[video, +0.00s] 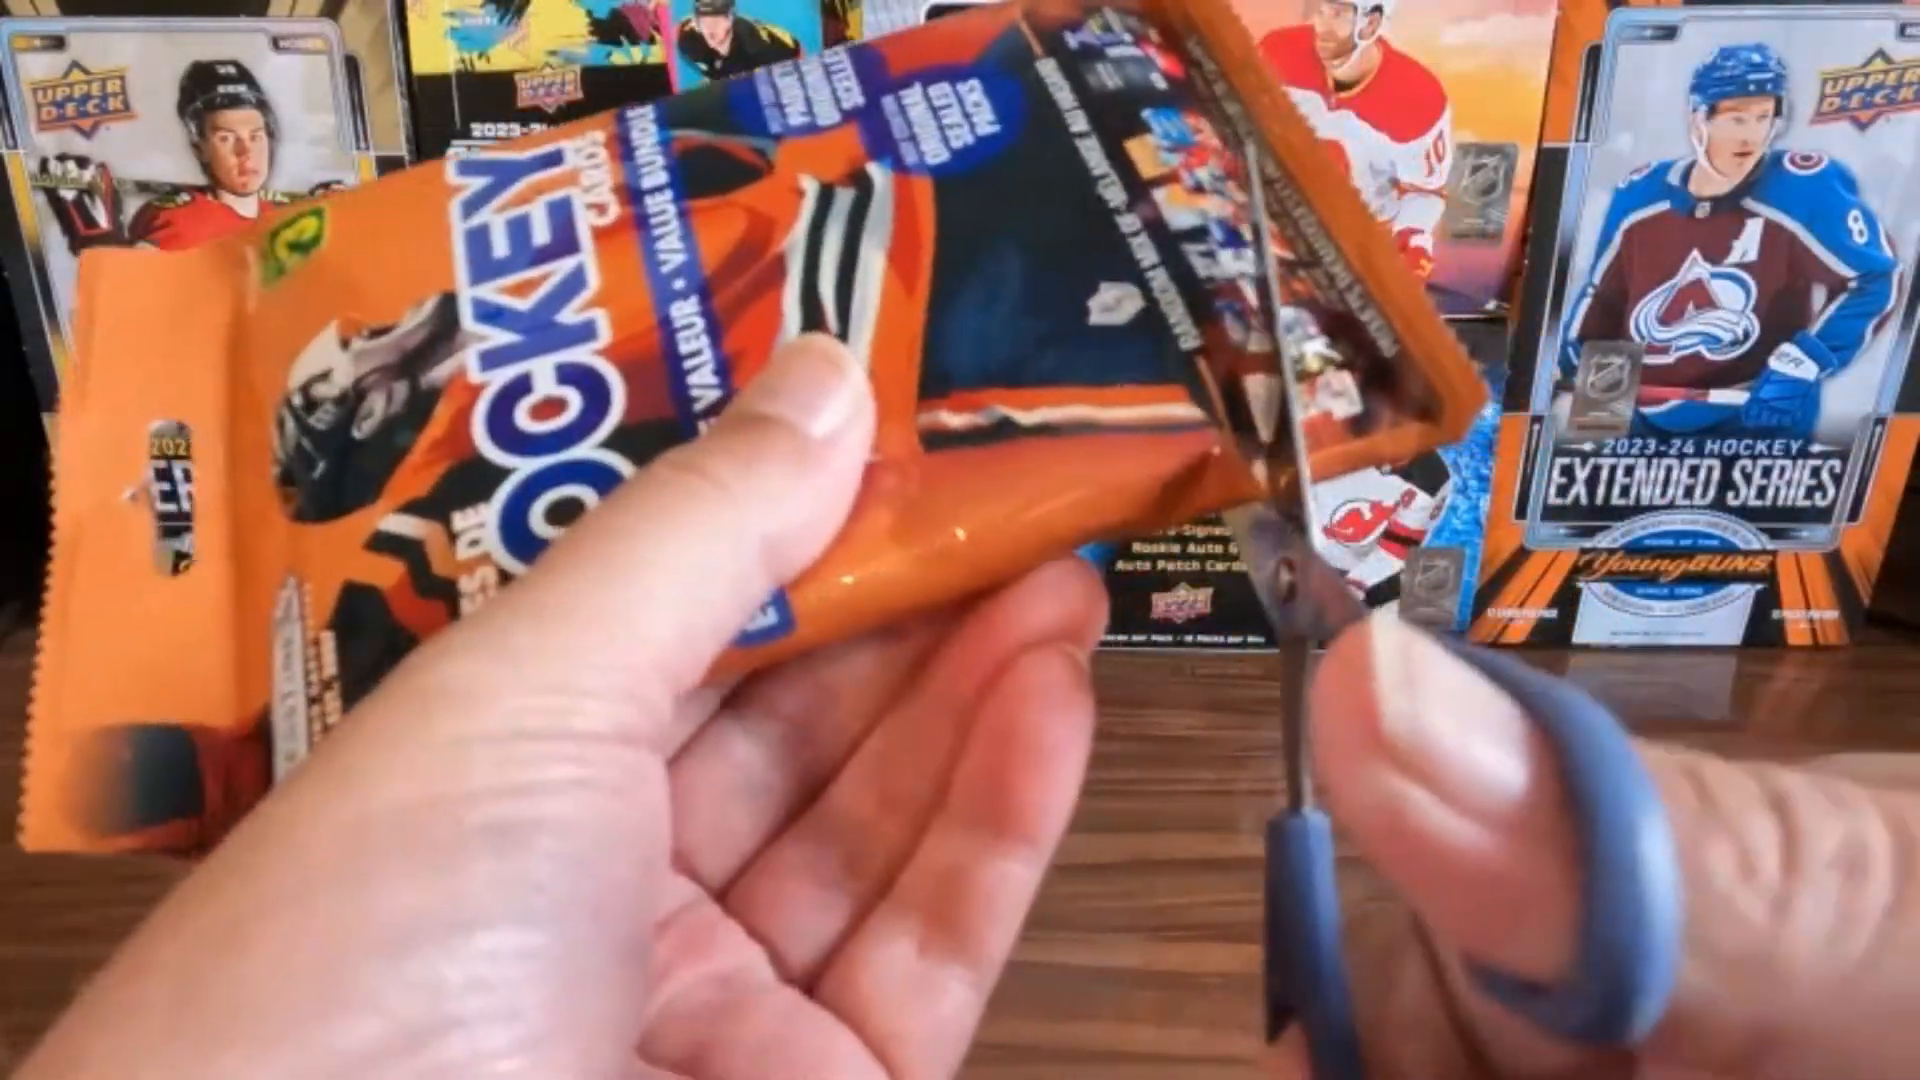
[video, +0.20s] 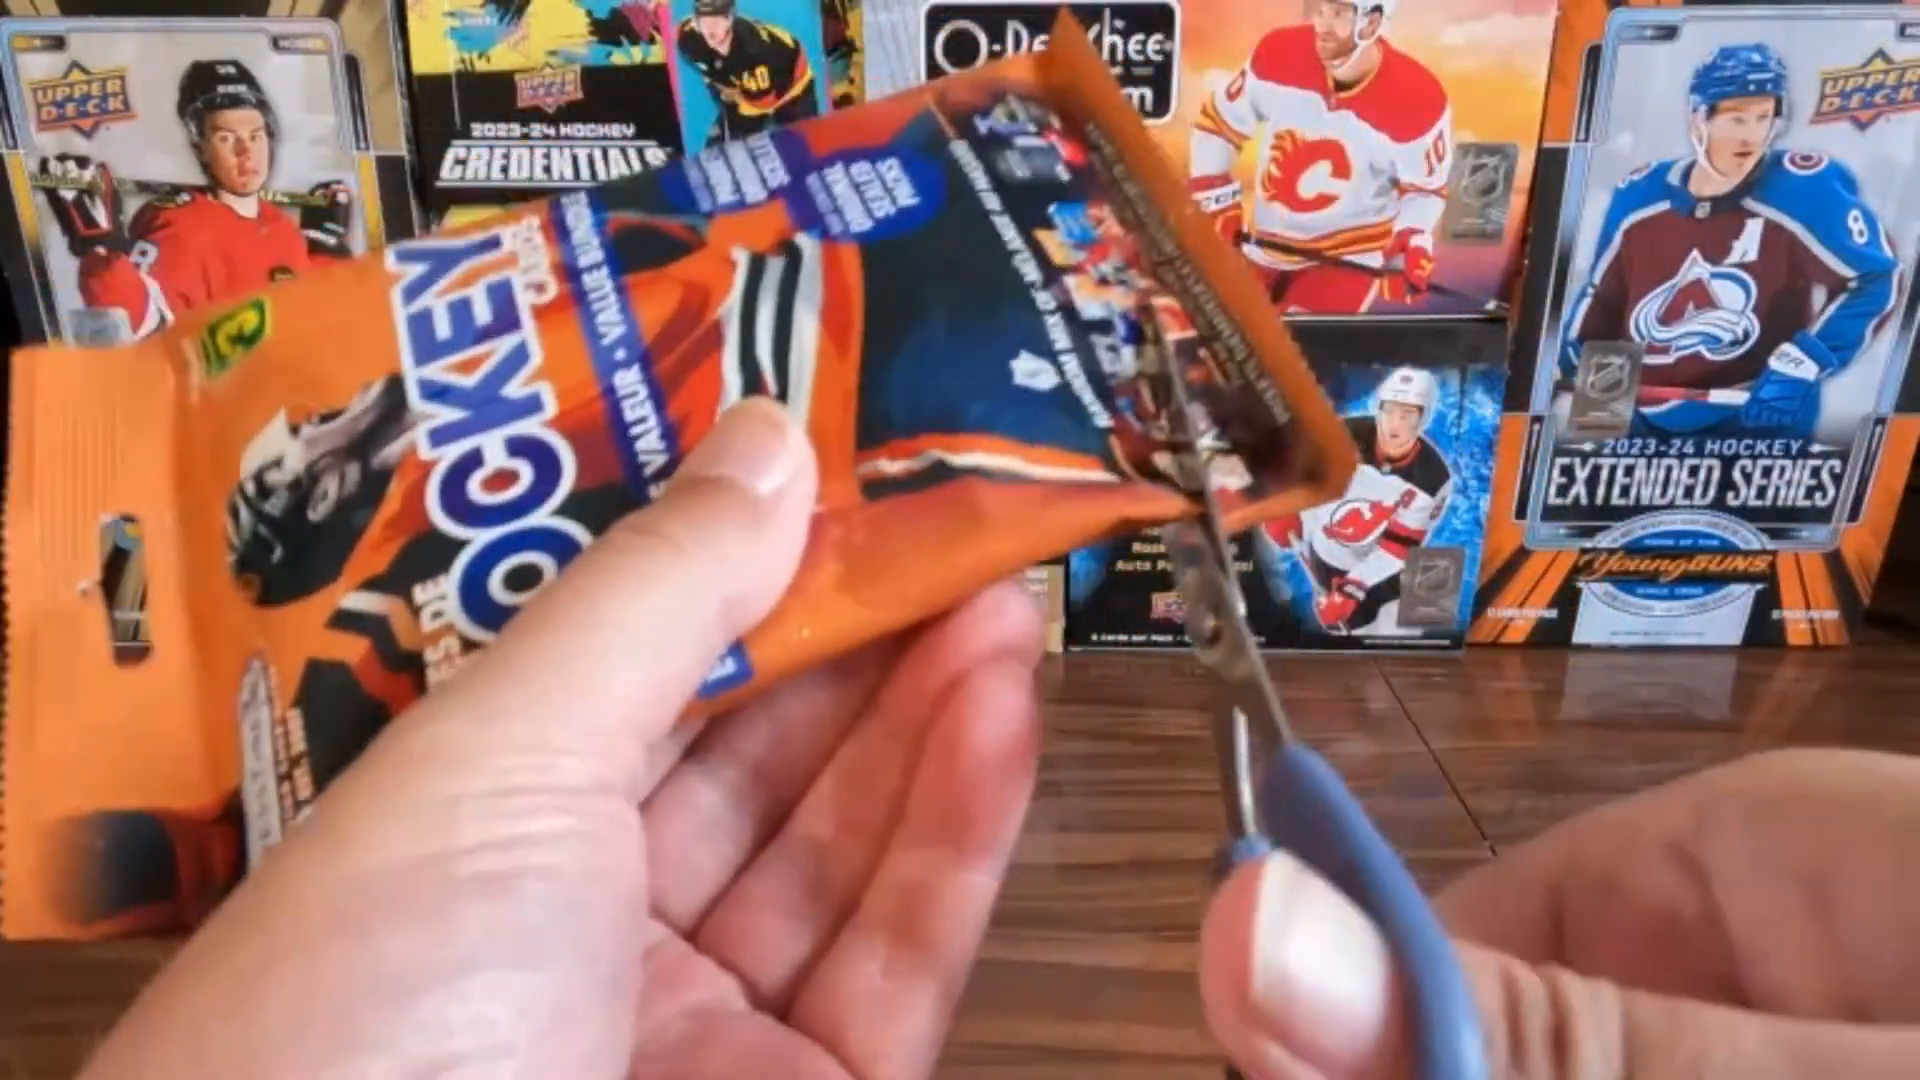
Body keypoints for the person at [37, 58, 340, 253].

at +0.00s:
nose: (246, 154)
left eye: (255, 135)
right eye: (227, 139)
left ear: (269, 138)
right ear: (200, 148)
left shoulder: (296, 215)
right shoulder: (177, 224)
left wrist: (333, 216)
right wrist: (100, 244)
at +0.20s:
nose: (245, 151)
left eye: (255, 135)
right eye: (226, 138)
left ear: (271, 140)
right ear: (200, 148)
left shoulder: (284, 227)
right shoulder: (178, 226)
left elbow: (323, 317)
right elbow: (153, 336)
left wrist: (329, 250)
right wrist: (103, 256)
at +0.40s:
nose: (247, 153)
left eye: (256, 136)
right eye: (228, 139)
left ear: (270, 140)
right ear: (201, 149)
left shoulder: (283, 227)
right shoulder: (177, 226)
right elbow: (137, 326)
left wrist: (329, 237)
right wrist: (101, 251)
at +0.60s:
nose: (246, 154)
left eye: (256, 136)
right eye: (227, 139)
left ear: (270, 140)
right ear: (200, 150)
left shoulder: (286, 230)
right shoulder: (180, 228)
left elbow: (313, 328)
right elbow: (156, 335)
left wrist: (329, 253)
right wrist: (101, 251)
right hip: (206, 394)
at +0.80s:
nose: (247, 153)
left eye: (256, 136)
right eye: (227, 139)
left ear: (270, 141)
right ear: (201, 150)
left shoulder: (285, 227)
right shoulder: (180, 229)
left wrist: (326, 244)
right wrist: (101, 255)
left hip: (286, 381)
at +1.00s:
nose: (247, 153)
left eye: (256, 136)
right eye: (228, 139)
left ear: (270, 141)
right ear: (201, 150)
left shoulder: (284, 229)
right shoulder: (179, 228)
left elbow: (312, 318)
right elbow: (153, 334)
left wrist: (331, 252)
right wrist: (102, 254)